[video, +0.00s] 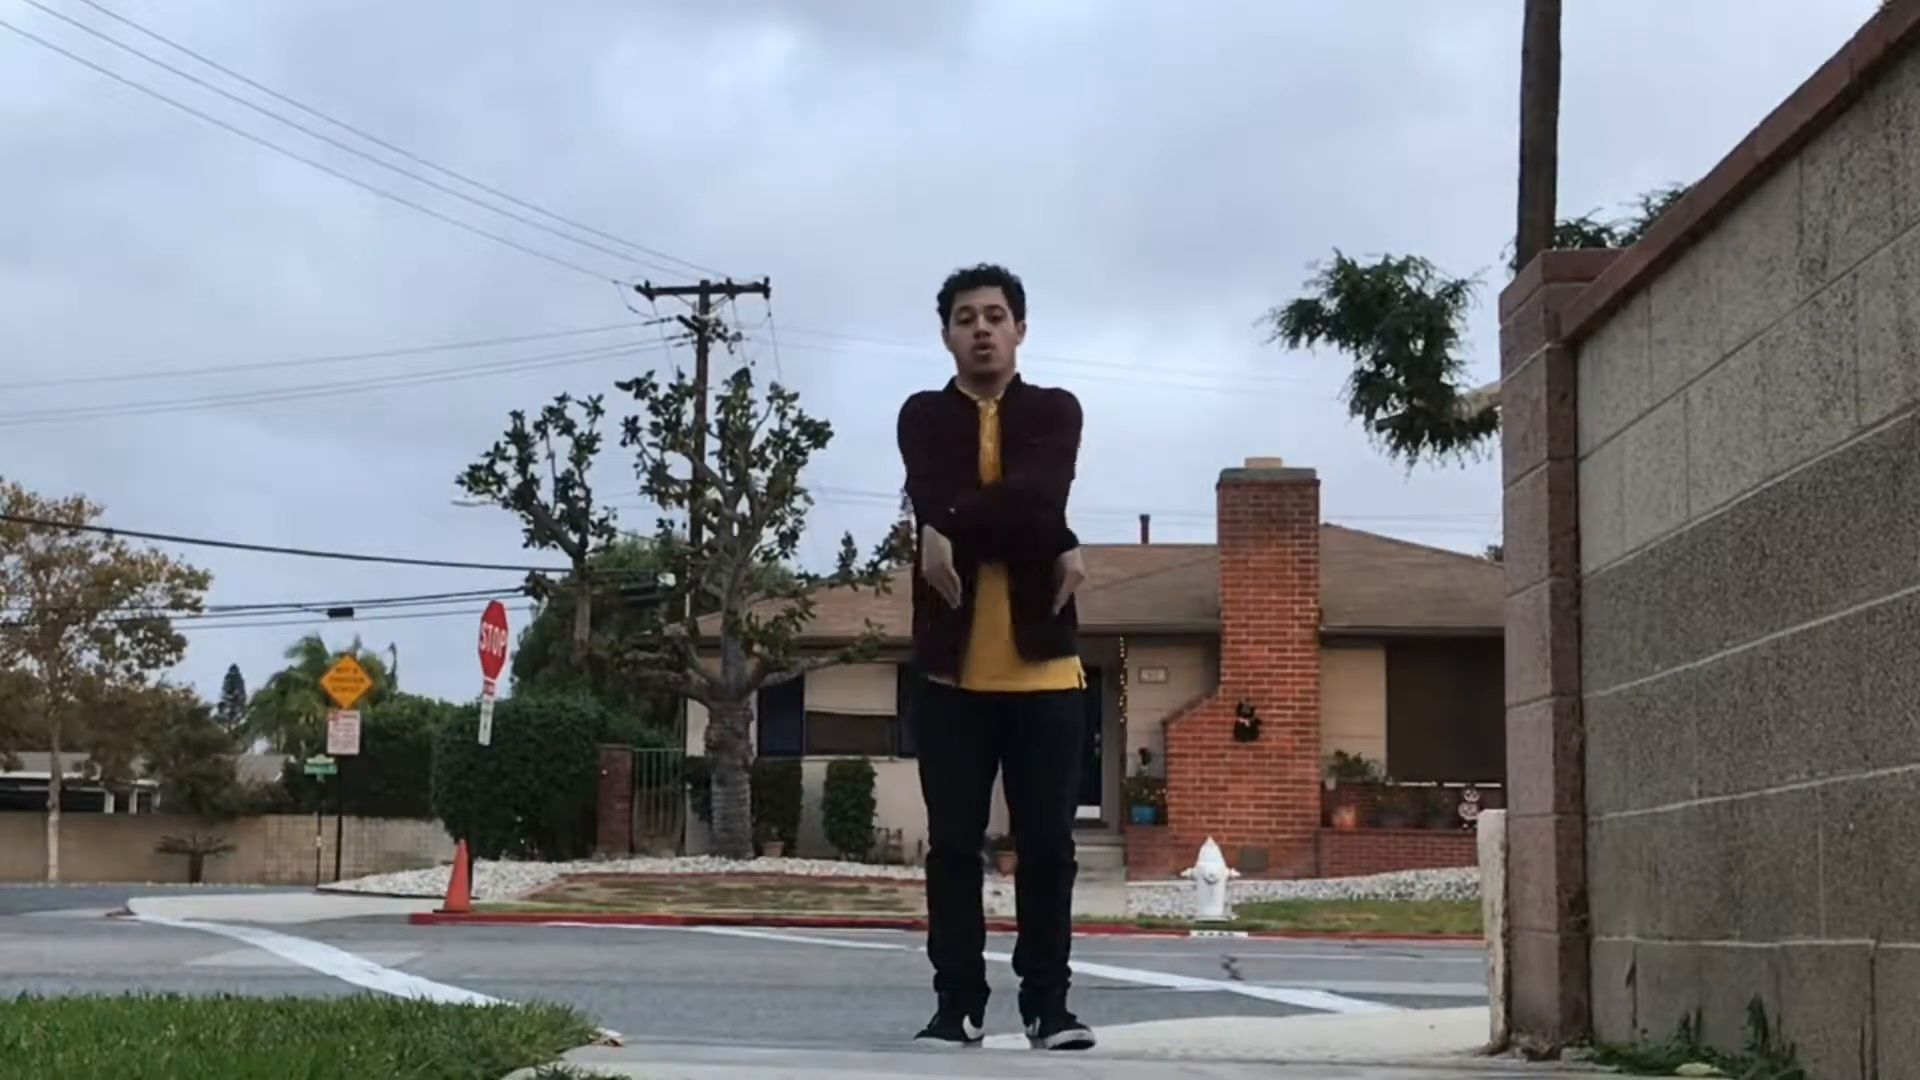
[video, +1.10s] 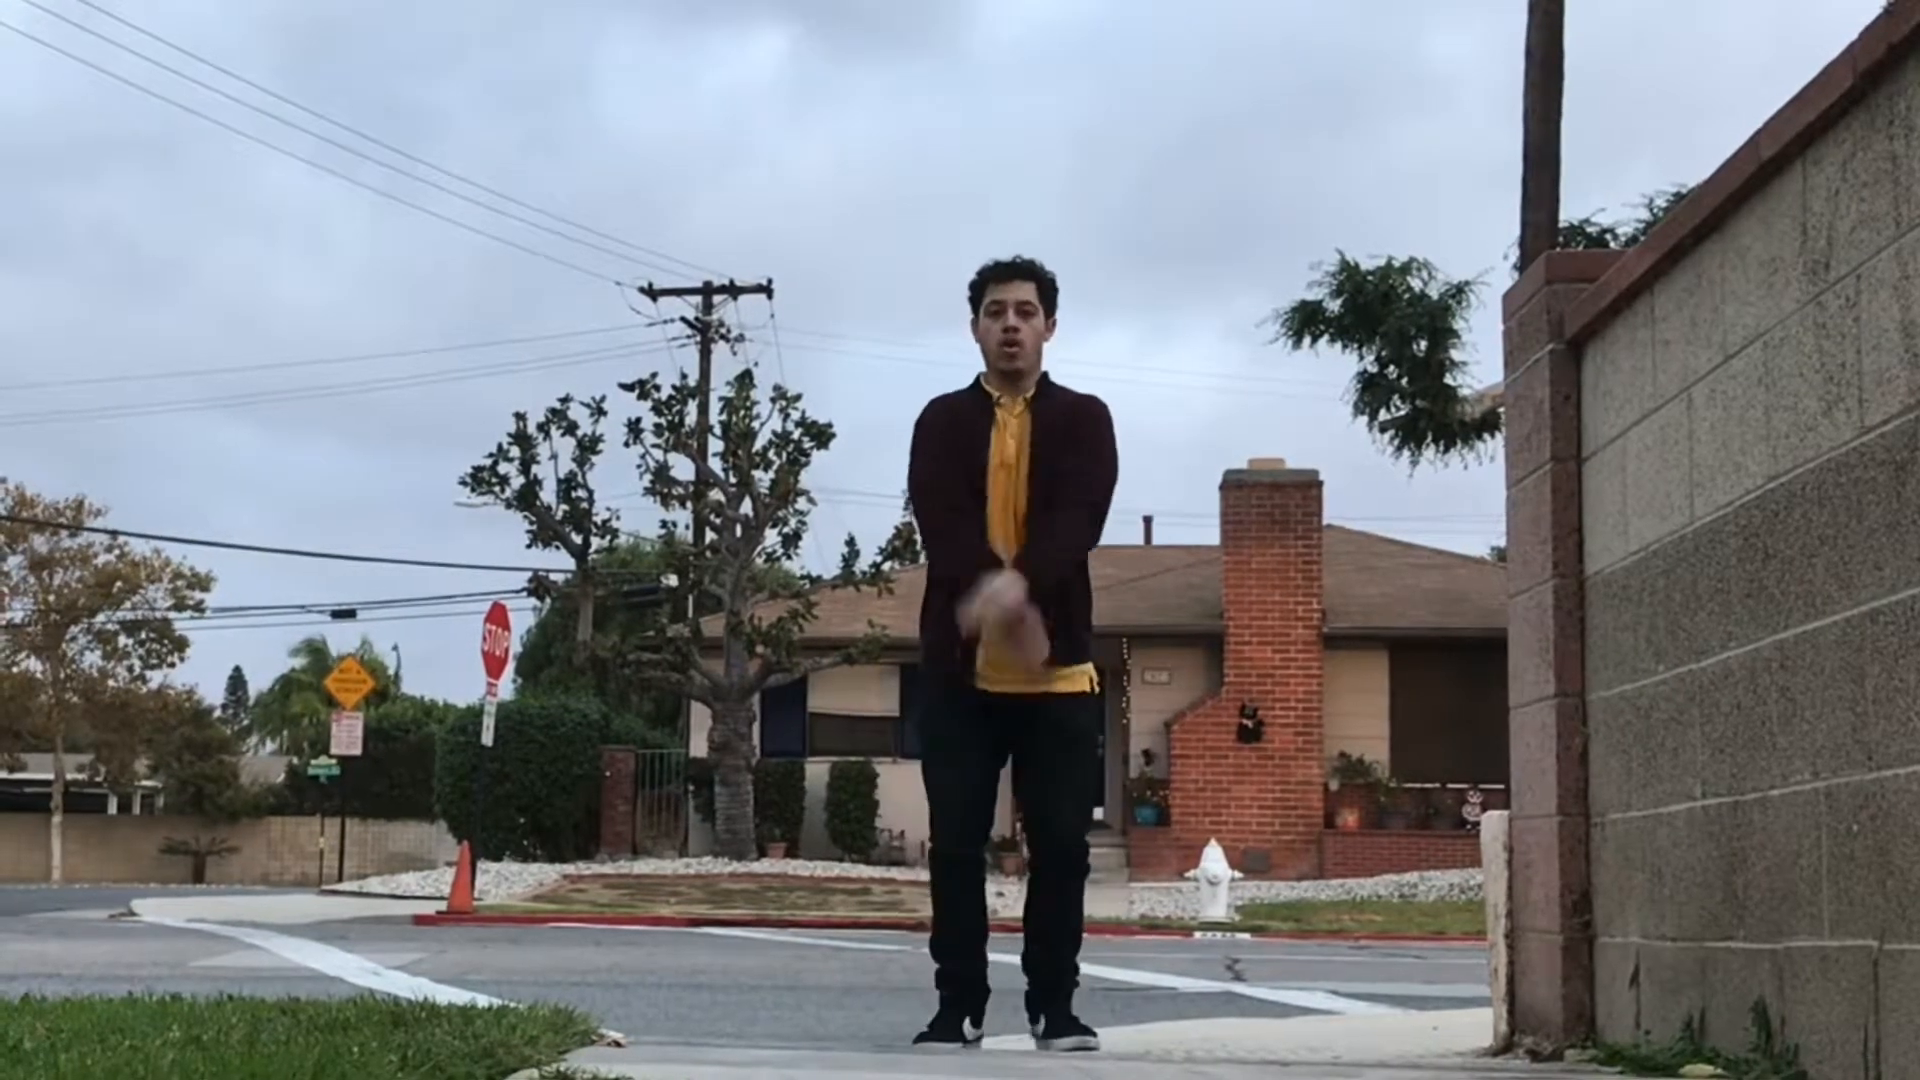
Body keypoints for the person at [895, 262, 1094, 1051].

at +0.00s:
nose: (981, 329)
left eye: (994, 316)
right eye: (965, 318)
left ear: (1020, 330)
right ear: (946, 336)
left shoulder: (1056, 409)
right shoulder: (923, 414)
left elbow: (1038, 498)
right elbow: (945, 515)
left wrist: (945, 525)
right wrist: (1055, 543)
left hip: (1045, 674)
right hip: (952, 674)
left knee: (1047, 849)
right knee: (953, 848)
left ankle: (1047, 1007)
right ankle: (958, 1006)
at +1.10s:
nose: (1010, 326)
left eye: (1025, 313)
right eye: (996, 313)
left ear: (1048, 328)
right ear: (976, 328)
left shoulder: (1086, 418)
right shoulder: (941, 418)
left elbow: (1079, 518)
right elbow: (940, 521)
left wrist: (1022, 582)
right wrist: (987, 589)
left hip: (1058, 675)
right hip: (960, 672)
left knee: (1061, 848)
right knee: (956, 847)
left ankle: (1054, 1008)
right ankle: (958, 1010)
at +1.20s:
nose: (1011, 319)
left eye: (1025, 308)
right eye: (997, 308)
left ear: (1049, 325)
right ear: (975, 325)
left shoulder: (1087, 420)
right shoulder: (937, 424)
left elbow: (1111, 528)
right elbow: (908, 527)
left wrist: (1129, 620)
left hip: (1061, 673)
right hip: (962, 676)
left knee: (1058, 849)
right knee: (958, 848)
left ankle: (1055, 1010)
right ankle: (958, 1010)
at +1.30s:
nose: (1009, 320)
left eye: (1024, 308)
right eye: (995, 308)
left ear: (1047, 324)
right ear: (975, 324)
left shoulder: (1089, 416)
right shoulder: (932, 417)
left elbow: (1177, 487)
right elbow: (836, 474)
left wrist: (1276, 533)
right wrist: (747, 520)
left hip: (1061, 674)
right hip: (962, 674)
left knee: (1059, 850)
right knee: (960, 849)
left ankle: (1058, 1012)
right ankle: (959, 1013)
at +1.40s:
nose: (1008, 319)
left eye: (1023, 307)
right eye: (995, 307)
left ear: (1048, 323)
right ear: (972, 321)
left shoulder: (1094, 407)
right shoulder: (923, 409)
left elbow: (1210, 420)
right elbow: (818, 416)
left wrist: (1322, 393)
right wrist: (725, 392)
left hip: (1060, 670)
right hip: (958, 668)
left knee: (1058, 846)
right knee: (961, 842)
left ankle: (1055, 1013)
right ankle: (960, 1012)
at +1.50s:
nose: (1007, 325)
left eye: (1023, 312)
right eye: (993, 312)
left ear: (1047, 324)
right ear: (973, 325)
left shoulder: (1093, 406)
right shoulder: (929, 409)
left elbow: (1205, 404)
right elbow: (826, 413)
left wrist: (1276, 314)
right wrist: (756, 325)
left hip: (1061, 668)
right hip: (959, 666)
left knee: (1058, 849)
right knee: (961, 846)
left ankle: (1058, 1013)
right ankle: (960, 1013)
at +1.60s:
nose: (1008, 328)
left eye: (1023, 315)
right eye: (993, 315)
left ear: (1047, 325)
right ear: (973, 326)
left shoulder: (1089, 411)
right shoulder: (928, 414)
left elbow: (1196, 407)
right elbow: (827, 414)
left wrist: (1197, 303)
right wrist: (824, 317)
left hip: (1061, 669)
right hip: (958, 670)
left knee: (1058, 848)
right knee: (961, 848)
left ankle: (1058, 1015)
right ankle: (959, 1016)